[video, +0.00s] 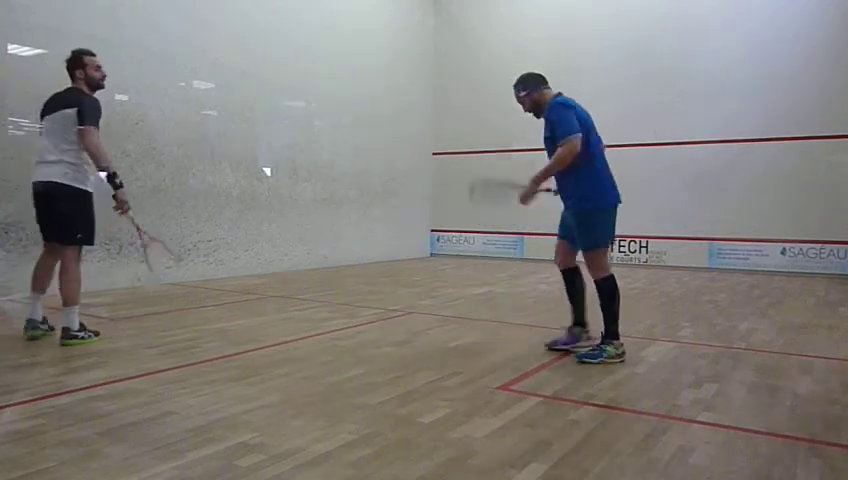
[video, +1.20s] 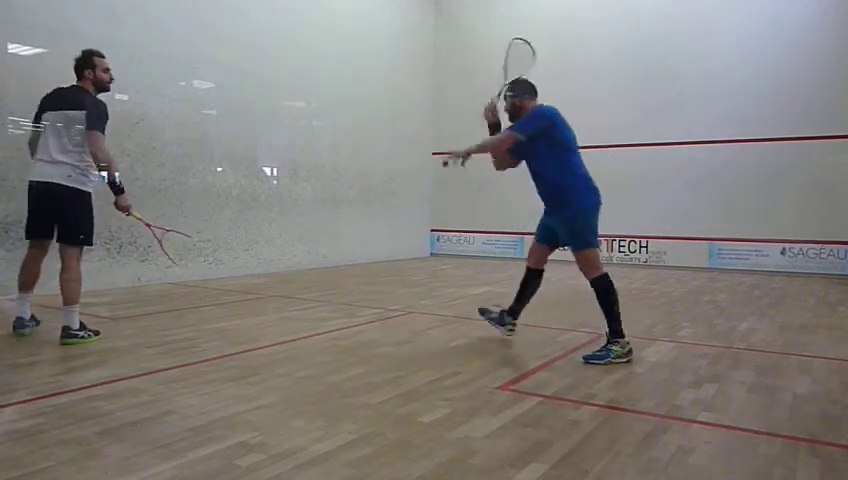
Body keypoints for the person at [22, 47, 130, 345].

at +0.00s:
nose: (103, 73)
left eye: (102, 68)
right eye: (97, 68)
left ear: (77, 75)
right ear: (79, 73)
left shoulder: (50, 102)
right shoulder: (88, 103)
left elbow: (53, 146)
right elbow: (90, 141)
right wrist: (116, 183)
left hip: (43, 185)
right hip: (70, 187)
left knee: (51, 250)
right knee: (71, 256)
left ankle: (34, 319)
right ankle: (72, 327)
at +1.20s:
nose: (111, 76)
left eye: (110, 70)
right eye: (105, 71)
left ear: (82, 75)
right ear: (88, 74)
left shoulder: (50, 98)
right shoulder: (95, 105)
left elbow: (33, 144)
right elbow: (98, 150)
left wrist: (50, 170)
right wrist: (119, 190)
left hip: (40, 185)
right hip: (74, 190)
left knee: (36, 249)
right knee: (71, 259)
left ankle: (22, 316)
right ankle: (72, 326)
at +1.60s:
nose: (66, 78)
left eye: (64, 73)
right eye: (62, 73)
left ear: (37, 77)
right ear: (50, 76)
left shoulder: (9, 104)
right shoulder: (65, 109)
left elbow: (1, 143)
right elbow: (82, 155)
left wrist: (4, 173)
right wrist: (82, 174)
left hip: (13, 190)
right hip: (53, 192)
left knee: (15, 251)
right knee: (67, 253)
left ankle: (11, 315)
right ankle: (70, 307)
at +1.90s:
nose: (45, 76)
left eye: (42, 72)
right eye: (42, 72)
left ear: (16, 78)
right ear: (34, 77)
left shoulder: (3, 102)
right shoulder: (55, 109)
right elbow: (65, 149)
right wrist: (37, 135)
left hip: (8, 187)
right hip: (44, 189)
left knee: (9, 248)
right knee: (41, 245)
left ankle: (10, 312)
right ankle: (46, 306)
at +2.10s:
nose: (45, 91)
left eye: (43, 86)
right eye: (44, 87)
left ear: (19, 89)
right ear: (39, 89)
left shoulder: (6, 110)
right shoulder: (55, 117)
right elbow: (52, 149)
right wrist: (42, 105)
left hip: (13, 190)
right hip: (49, 192)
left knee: (6, 250)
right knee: (40, 244)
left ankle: (10, 312)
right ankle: (40, 302)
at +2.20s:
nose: (48, 105)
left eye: (47, 101)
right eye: (47, 101)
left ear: (25, 101)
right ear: (46, 101)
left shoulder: (13, 119)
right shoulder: (58, 126)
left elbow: (2, 137)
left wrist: (7, 110)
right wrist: (15, 112)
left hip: (22, 195)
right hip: (57, 197)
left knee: (4, 250)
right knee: (40, 243)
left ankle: (9, 308)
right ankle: (42, 301)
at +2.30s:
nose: (32, 112)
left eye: (32, 110)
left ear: (31, 115)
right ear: (54, 118)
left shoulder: (22, 129)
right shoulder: (63, 141)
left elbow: (4, 160)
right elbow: (50, 177)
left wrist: (9, 176)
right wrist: (13, 176)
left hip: (30, 201)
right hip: (63, 206)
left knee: (1, 246)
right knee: (40, 246)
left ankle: (4, 301)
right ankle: (43, 301)